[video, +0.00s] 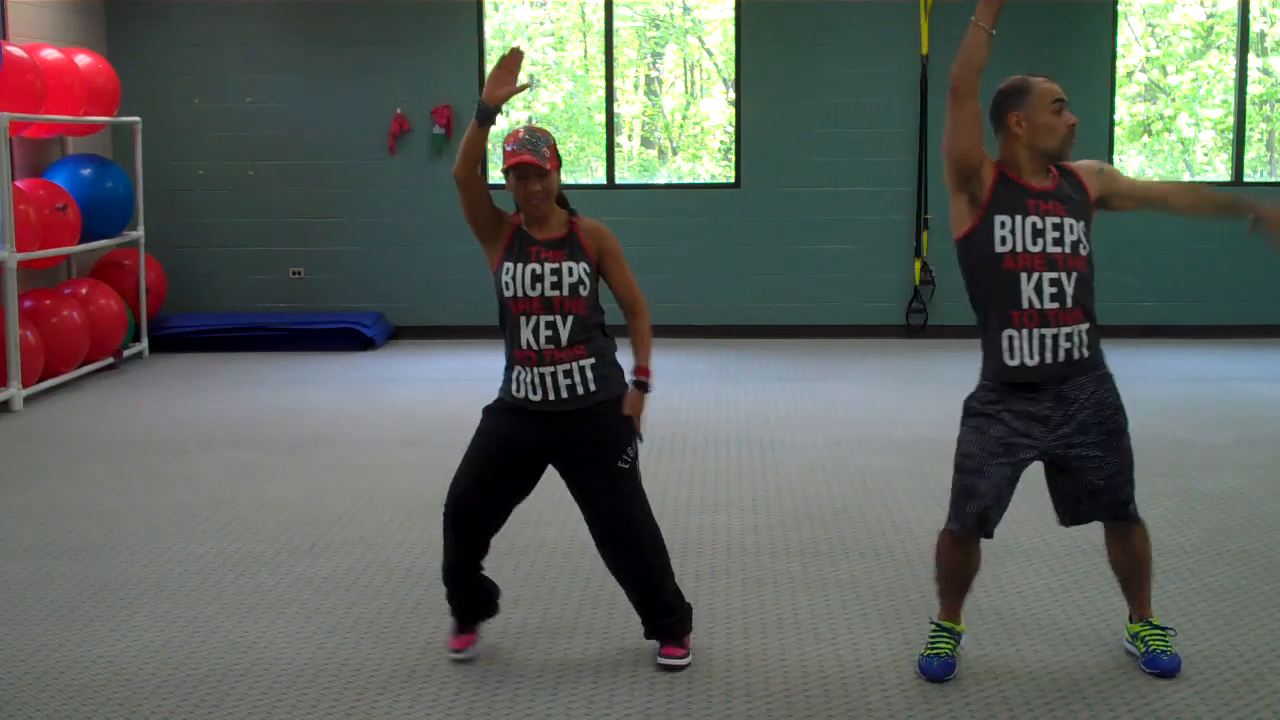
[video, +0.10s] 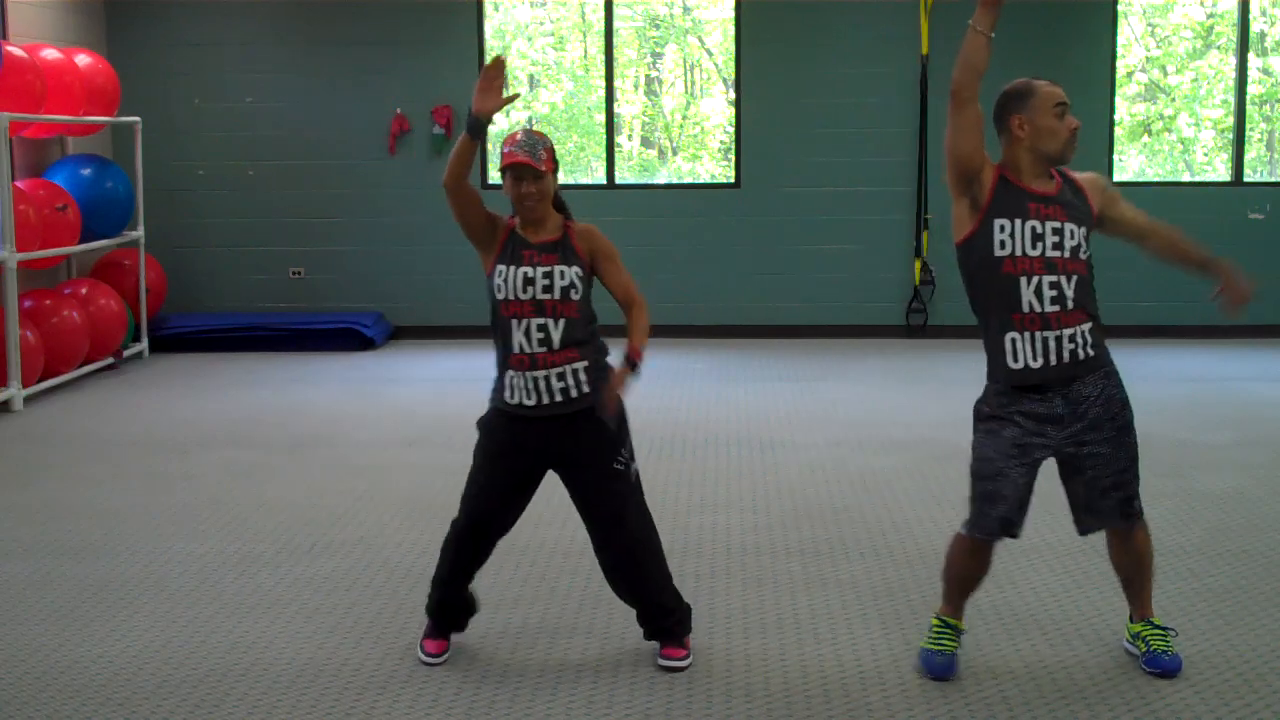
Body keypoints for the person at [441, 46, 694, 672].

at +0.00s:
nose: (527, 185)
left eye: (537, 173)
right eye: (518, 175)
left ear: (557, 176)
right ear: (506, 182)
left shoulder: (591, 237)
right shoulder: (500, 236)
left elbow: (636, 310)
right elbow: (467, 178)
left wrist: (640, 385)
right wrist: (487, 111)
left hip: (592, 408)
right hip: (519, 409)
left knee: (626, 526)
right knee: (463, 513)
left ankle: (670, 627)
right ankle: (467, 612)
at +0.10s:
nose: (525, 187)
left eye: (535, 176)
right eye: (516, 178)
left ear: (554, 179)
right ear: (505, 184)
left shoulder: (585, 241)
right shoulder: (495, 238)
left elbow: (636, 309)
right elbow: (456, 185)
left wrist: (628, 368)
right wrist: (477, 122)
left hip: (586, 413)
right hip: (514, 417)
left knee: (625, 527)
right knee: (474, 524)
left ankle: (670, 627)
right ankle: (441, 619)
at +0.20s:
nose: (510, 185)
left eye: (520, 175)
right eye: (500, 176)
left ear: (541, 181)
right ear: (489, 183)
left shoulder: (567, 238)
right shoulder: (478, 237)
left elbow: (620, 294)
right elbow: (438, 190)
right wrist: (468, 129)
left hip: (565, 413)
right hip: (495, 417)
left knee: (615, 526)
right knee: (470, 531)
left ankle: (668, 628)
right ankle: (440, 626)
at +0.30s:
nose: (486, 162)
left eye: (498, 152)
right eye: (478, 155)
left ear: (524, 168)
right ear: (471, 168)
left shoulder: (543, 225)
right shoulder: (460, 226)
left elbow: (579, 235)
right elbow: (420, 180)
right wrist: (457, 115)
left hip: (535, 407)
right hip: (465, 408)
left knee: (583, 521)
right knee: (448, 524)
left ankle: (646, 631)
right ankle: (440, 627)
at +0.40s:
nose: (473, 152)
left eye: (484, 144)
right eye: (464, 145)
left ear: (509, 158)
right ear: (456, 160)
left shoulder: (529, 218)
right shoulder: (443, 216)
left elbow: (543, 173)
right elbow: (407, 167)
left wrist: (508, 106)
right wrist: (446, 104)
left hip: (515, 398)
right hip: (445, 398)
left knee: (550, 505)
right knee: (435, 518)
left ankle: (561, 615)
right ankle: (438, 626)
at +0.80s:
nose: (442, 152)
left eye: (454, 143)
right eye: (433, 145)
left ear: (476, 157)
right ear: (424, 161)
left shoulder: (495, 219)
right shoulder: (413, 217)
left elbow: (493, 142)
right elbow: (368, 160)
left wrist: (462, 68)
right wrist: (387, 86)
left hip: (463, 401)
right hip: (400, 395)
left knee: (457, 520)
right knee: (389, 514)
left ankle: (474, 629)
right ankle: (414, 625)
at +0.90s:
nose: (438, 151)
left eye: (450, 143)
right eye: (430, 145)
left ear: (471, 158)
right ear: (418, 160)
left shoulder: (490, 215)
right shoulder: (406, 215)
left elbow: (487, 140)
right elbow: (338, 172)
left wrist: (447, 64)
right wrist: (319, 100)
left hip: (465, 401)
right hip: (398, 393)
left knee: (466, 520)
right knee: (356, 499)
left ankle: (474, 629)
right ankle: (401, 608)